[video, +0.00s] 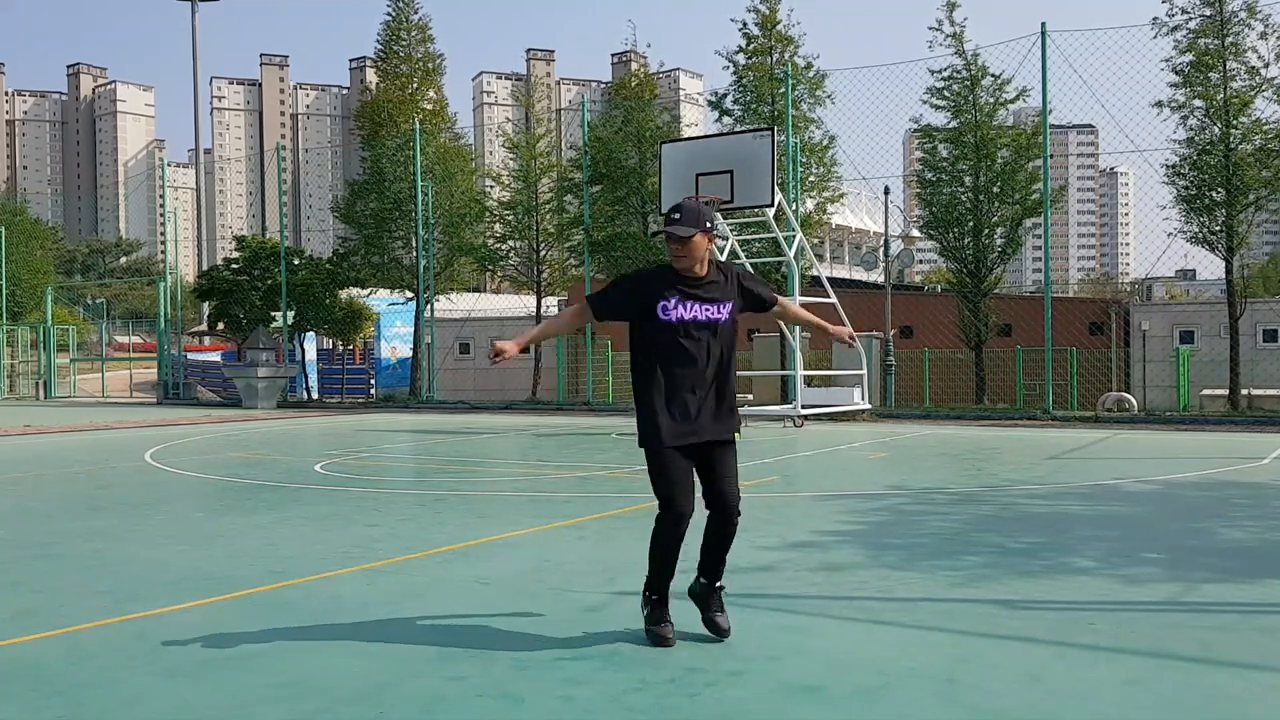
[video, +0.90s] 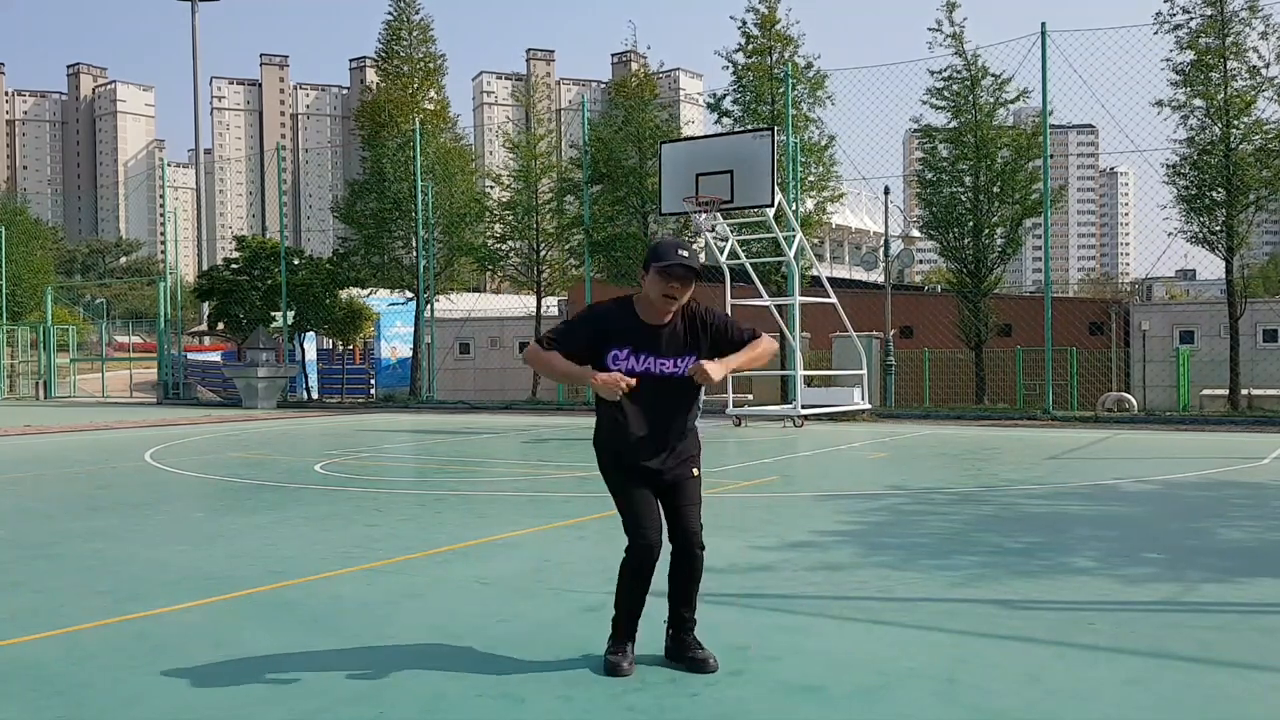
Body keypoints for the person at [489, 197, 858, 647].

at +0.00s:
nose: (675, 247)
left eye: (684, 239)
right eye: (671, 239)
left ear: (710, 239)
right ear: (666, 239)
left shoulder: (733, 281)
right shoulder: (644, 285)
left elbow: (779, 305)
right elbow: (582, 312)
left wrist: (826, 327)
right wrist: (522, 341)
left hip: (716, 419)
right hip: (663, 422)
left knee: (727, 509)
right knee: (677, 509)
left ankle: (707, 586)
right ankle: (656, 602)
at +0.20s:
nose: (702, 290)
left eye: (710, 281)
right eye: (693, 281)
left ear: (720, 281)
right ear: (673, 279)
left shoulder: (738, 316)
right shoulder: (647, 320)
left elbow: (789, 336)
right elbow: (595, 358)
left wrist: (844, 358)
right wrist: (550, 380)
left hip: (721, 449)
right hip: (667, 450)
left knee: (730, 532)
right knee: (682, 532)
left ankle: (723, 622)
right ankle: (662, 623)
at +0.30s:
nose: (716, 301)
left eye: (721, 292)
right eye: (706, 294)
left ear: (727, 289)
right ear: (678, 294)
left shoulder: (733, 332)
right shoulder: (646, 332)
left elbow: (776, 373)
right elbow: (613, 389)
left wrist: (804, 429)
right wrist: (611, 456)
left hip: (712, 443)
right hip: (661, 446)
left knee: (720, 522)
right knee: (681, 517)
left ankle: (723, 618)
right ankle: (662, 618)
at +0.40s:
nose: (713, 283)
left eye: (715, 275)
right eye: (703, 277)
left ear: (720, 275)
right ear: (673, 280)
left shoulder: (728, 320)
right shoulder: (639, 321)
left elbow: (746, 381)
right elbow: (640, 396)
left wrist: (737, 443)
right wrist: (696, 433)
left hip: (707, 429)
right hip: (655, 430)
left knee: (714, 523)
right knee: (674, 519)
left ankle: (723, 617)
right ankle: (661, 618)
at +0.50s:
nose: (705, 255)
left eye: (707, 247)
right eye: (694, 248)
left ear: (710, 246)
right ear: (665, 247)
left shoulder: (719, 291)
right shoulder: (634, 293)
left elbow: (734, 364)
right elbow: (652, 364)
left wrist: (698, 397)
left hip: (701, 425)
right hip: (650, 428)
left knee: (709, 516)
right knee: (667, 521)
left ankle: (710, 604)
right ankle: (660, 620)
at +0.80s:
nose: (685, 290)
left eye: (691, 280)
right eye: (676, 280)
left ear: (696, 280)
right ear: (649, 276)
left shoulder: (698, 321)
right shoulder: (614, 321)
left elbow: (751, 375)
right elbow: (590, 388)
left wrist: (700, 353)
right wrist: (651, 358)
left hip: (691, 457)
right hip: (637, 462)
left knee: (705, 548)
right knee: (659, 553)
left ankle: (681, 638)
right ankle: (623, 645)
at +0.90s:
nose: (676, 292)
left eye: (685, 285)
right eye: (667, 282)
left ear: (693, 286)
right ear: (645, 276)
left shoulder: (698, 322)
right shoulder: (607, 318)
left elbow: (768, 344)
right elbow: (535, 352)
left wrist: (725, 365)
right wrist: (589, 378)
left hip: (679, 452)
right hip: (623, 454)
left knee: (691, 542)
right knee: (646, 542)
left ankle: (682, 638)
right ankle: (622, 642)